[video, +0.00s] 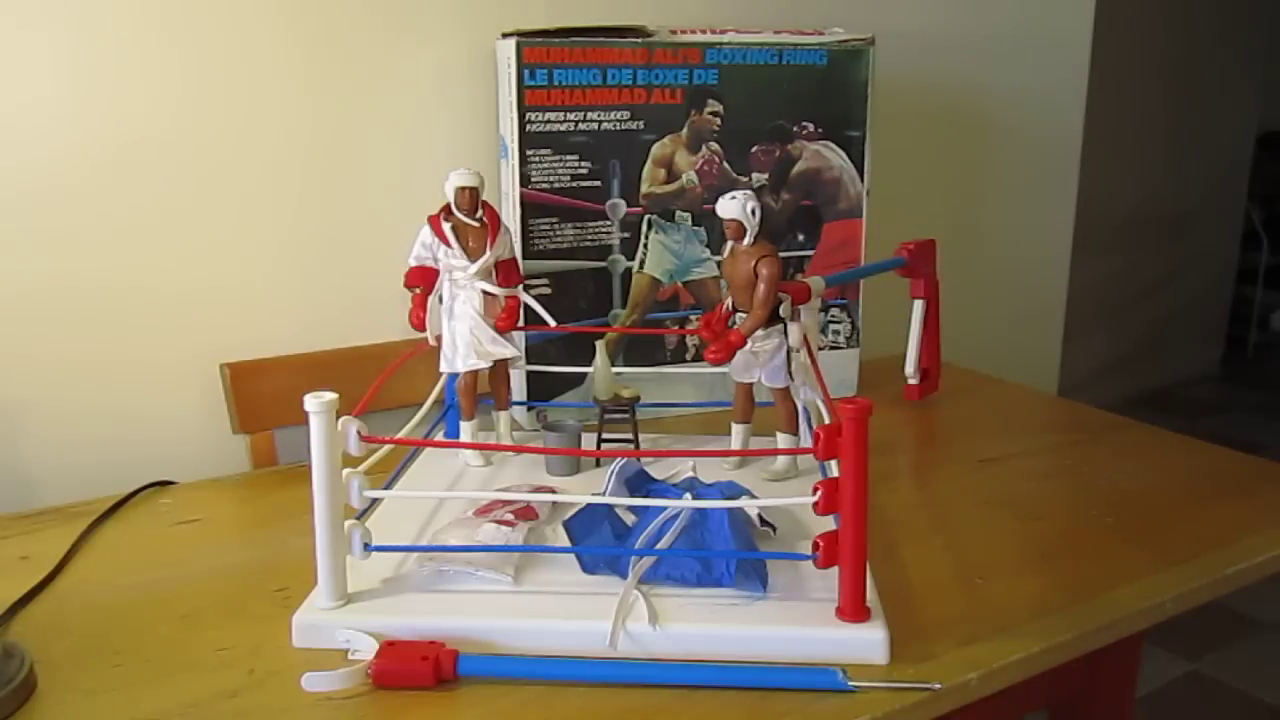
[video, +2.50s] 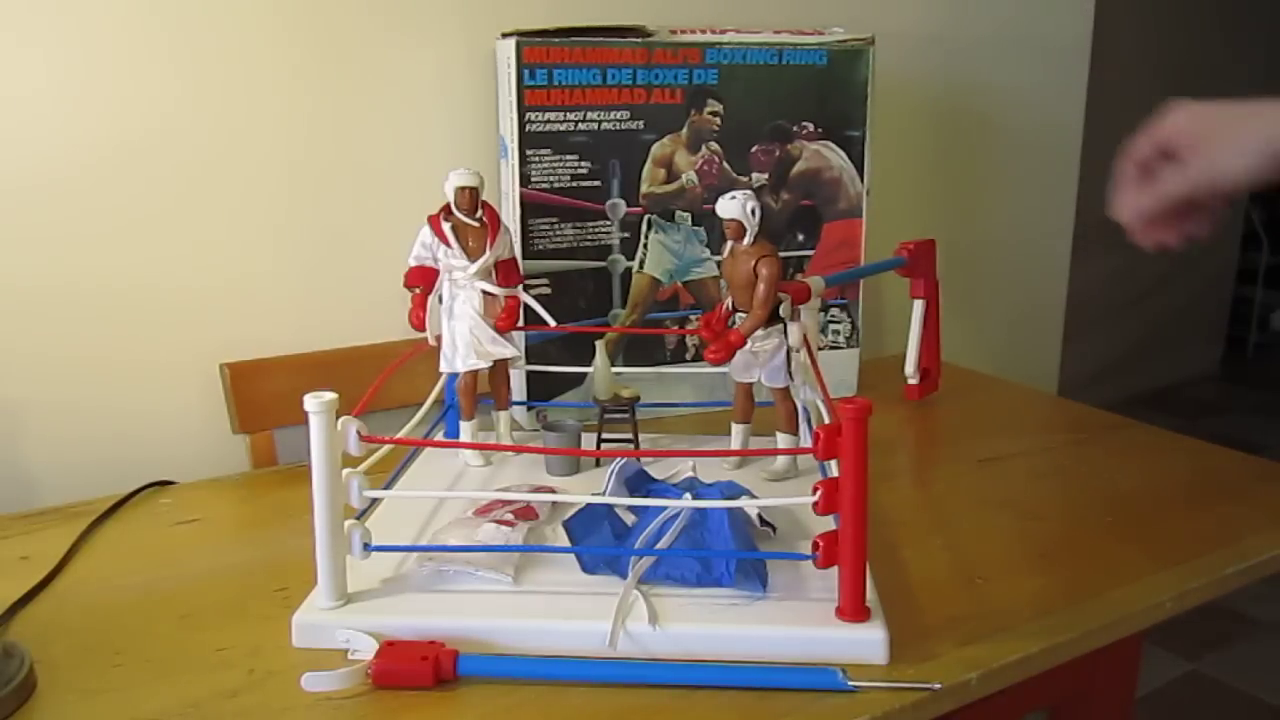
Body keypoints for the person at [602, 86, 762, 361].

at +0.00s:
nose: (719, 122)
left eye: (720, 116)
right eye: (714, 115)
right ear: (694, 114)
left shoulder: (712, 150)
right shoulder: (665, 148)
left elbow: (731, 182)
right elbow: (647, 197)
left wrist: (755, 181)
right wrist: (683, 183)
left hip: (693, 237)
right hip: (660, 234)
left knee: (718, 309)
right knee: (635, 313)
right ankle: (596, 372)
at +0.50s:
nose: (718, 122)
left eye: (720, 116)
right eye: (713, 115)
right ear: (694, 114)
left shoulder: (712, 150)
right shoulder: (665, 148)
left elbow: (731, 182)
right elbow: (646, 196)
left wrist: (755, 181)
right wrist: (682, 183)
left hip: (693, 237)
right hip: (660, 235)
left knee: (718, 309)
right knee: (635, 314)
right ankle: (596, 373)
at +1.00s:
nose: (719, 122)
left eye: (720, 116)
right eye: (714, 115)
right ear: (694, 114)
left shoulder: (712, 150)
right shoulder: (664, 148)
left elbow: (732, 182)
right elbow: (646, 196)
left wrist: (755, 181)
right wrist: (682, 183)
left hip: (693, 237)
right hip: (660, 234)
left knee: (719, 309)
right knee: (635, 313)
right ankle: (596, 370)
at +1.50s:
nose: (719, 122)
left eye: (720, 116)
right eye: (713, 114)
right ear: (694, 114)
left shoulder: (712, 150)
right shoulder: (665, 148)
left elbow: (730, 182)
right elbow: (646, 196)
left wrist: (753, 182)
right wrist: (683, 183)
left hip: (694, 238)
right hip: (660, 235)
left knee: (720, 310)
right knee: (635, 314)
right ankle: (596, 370)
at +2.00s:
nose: (719, 122)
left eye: (720, 116)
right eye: (713, 115)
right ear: (693, 115)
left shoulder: (712, 150)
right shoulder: (665, 148)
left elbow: (731, 182)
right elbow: (646, 196)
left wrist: (754, 181)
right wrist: (682, 183)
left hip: (693, 236)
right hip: (660, 234)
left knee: (719, 309)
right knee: (635, 313)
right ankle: (596, 370)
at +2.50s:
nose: (718, 122)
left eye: (720, 116)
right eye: (713, 115)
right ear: (693, 115)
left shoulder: (712, 150)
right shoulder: (665, 148)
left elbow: (731, 182)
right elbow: (646, 196)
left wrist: (756, 181)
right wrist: (683, 183)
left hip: (693, 236)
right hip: (660, 234)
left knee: (719, 308)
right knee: (635, 313)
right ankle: (596, 370)